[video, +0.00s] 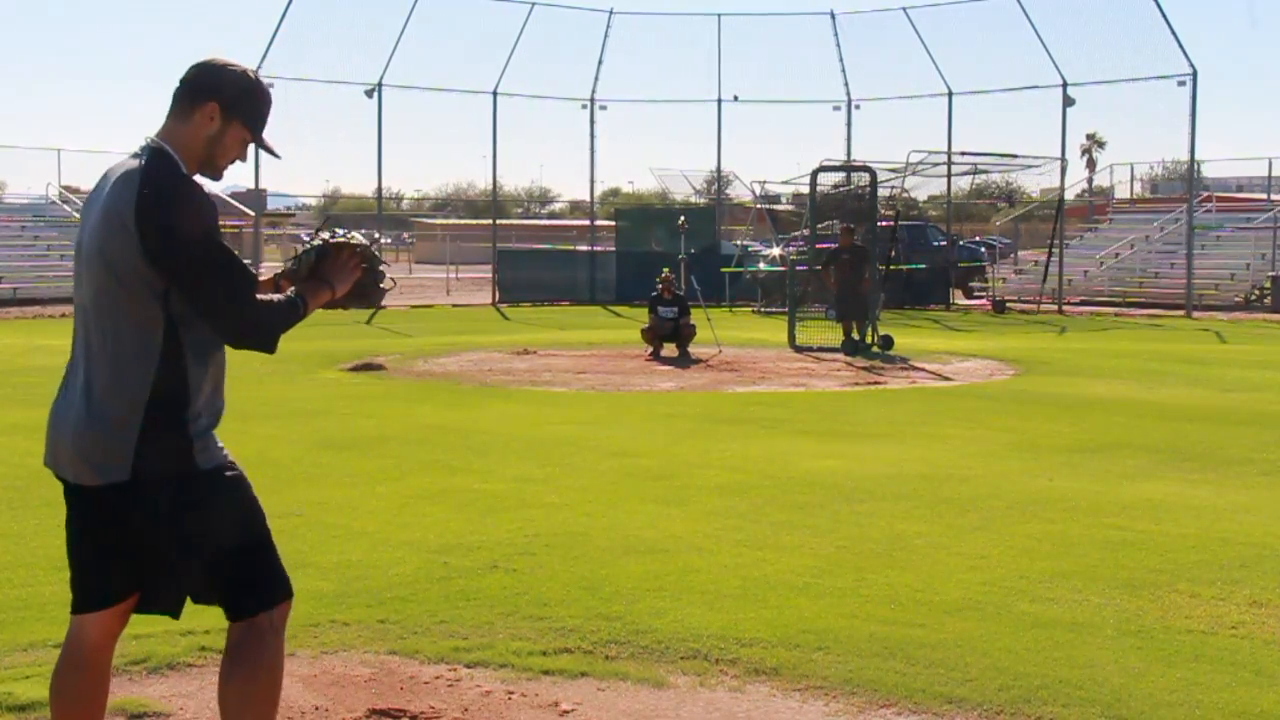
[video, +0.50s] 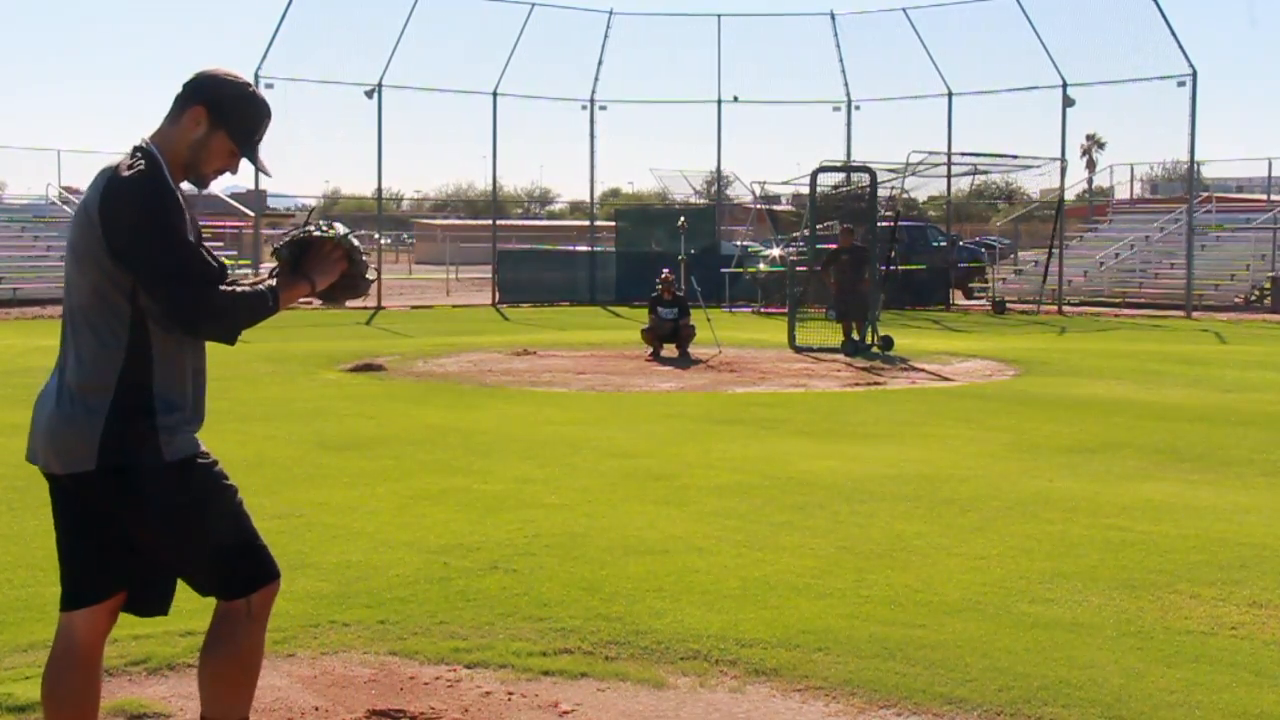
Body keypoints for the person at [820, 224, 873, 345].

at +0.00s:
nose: (845, 239)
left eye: (848, 236)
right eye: (843, 236)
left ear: (853, 237)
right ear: (840, 237)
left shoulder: (862, 251)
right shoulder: (835, 252)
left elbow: (870, 268)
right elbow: (824, 268)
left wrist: (868, 281)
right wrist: (830, 283)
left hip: (859, 286)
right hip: (842, 287)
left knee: (861, 316)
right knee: (845, 316)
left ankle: (862, 339)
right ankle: (847, 340)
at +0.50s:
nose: (844, 239)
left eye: (847, 236)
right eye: (842, 236)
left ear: (852, 237)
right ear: (839, 237)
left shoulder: (862, 251)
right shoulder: (836, 253)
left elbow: (870, 267)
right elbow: (824, 269)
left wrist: (868, 281)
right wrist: (830, 283)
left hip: (858, 288)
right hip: (842, 288)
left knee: (860, 317)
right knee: (845, 318)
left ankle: (862, 340)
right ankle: (847, 341)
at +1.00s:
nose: (845, 239)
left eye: (848, 236)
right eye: (843, 236)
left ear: (853, 237)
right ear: (840, 237)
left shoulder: (861, 251)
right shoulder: (835, 252)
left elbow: (871, 267)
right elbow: (823, 269)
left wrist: (868, 280)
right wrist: (830, 284)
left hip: (859, 287)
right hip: (842, 288)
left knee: (861, 317)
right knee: (845, 318)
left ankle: (862, 340)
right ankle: (848, 341)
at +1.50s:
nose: (855, 238)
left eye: (857, 235)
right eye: (853, 235)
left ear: (861, 236)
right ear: (848, 236)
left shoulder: (867, 251)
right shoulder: (843, 252)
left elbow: (880, 265)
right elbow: (830, 268)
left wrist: (874, 282)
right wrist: (835, 284)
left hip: (864, 288)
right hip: (848, 288)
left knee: (868, 317)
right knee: (848, 317)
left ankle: (871, 344)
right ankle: (849, 342)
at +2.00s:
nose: (867, 238)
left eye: (869, 235)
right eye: (864, 235)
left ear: (873, 236)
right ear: (860, 236)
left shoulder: (882, 251)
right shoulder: (856, 252)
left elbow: (893, 267)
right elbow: (843, 267)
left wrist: (889, 283)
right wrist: (851, 280)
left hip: (877, 288)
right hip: (860, 287)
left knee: (875, 316)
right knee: (856, 316)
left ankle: (873, 342)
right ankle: (850, 340)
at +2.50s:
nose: (867, 238)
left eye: (869, 235)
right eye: (864, 235)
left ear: (874, 236)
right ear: (861, 237)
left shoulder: (884, 251)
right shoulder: (857, 252)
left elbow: (895, 267)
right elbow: (844, 268)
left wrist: (889, 283)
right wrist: (851, 280)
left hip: (878, 288)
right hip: (862, 288)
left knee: (876, 316)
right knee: (858, 316)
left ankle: (873, 341)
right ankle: (852, 340)